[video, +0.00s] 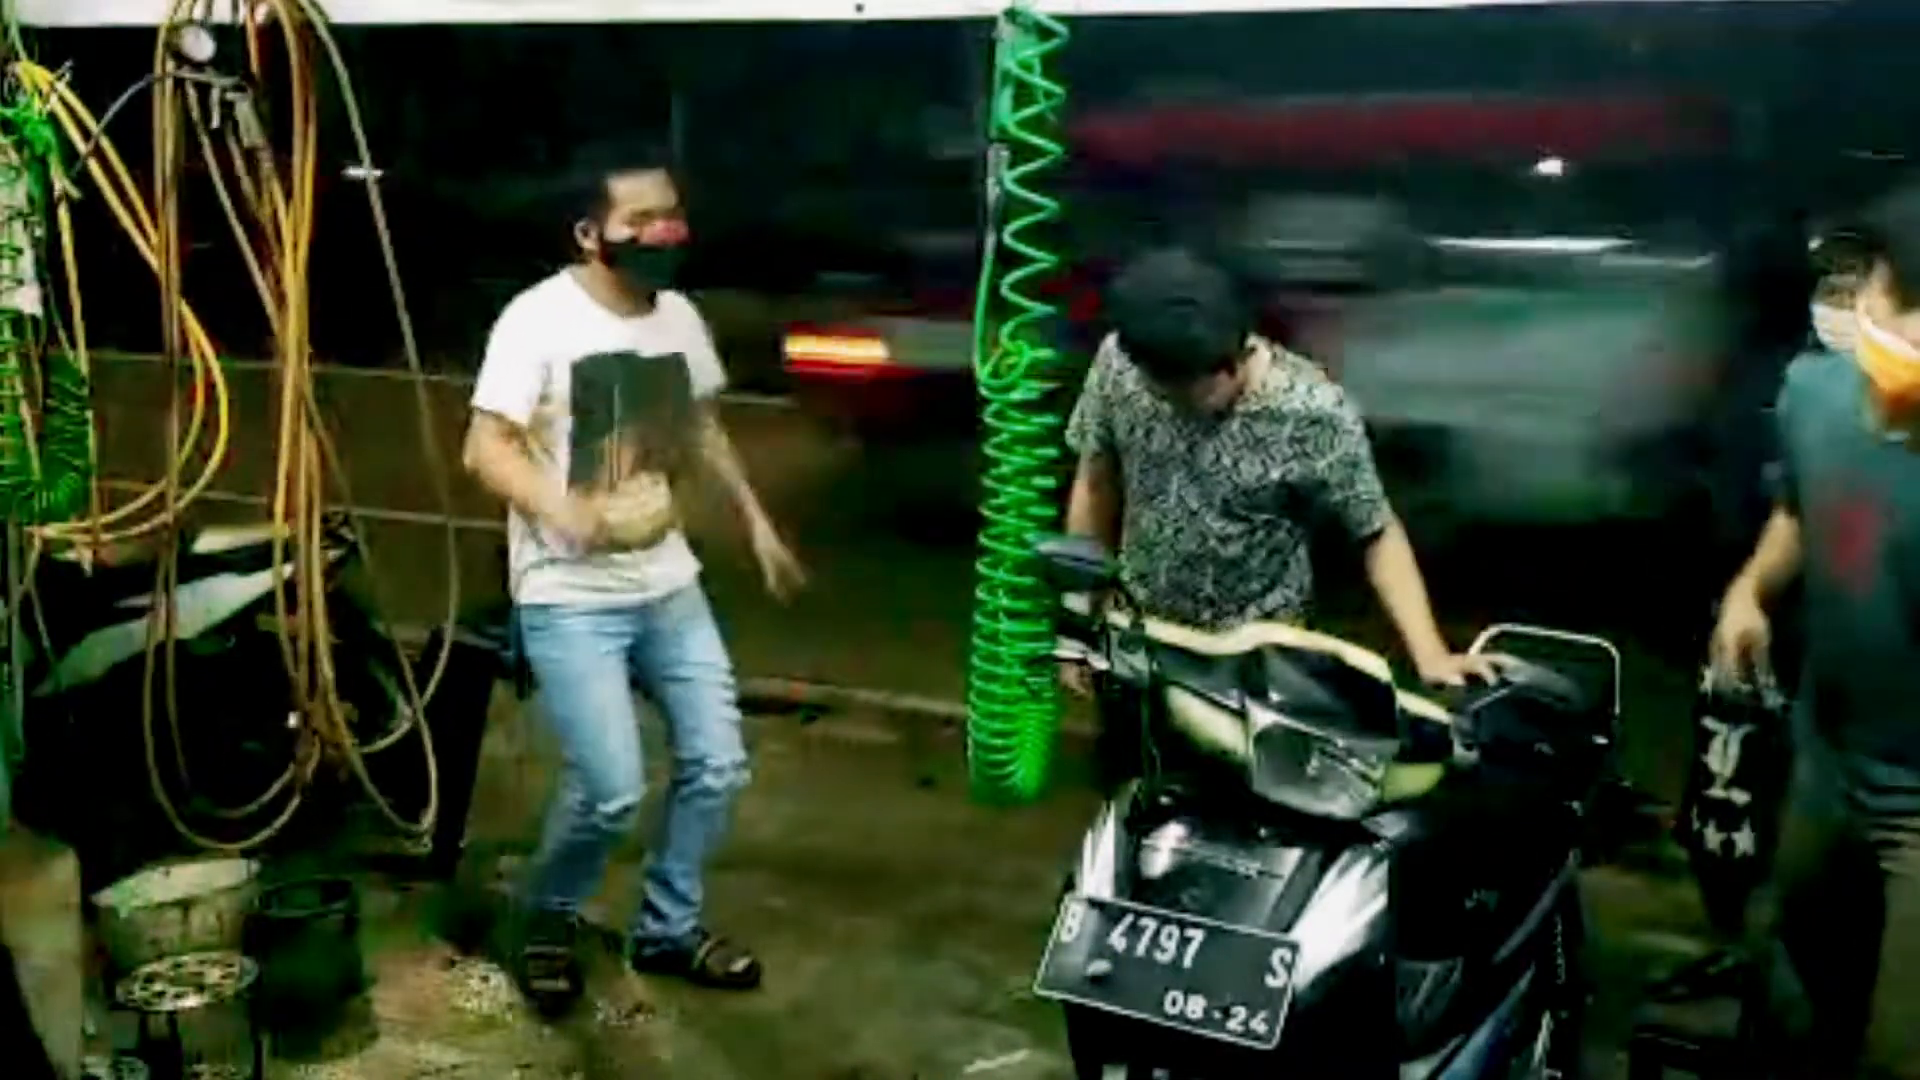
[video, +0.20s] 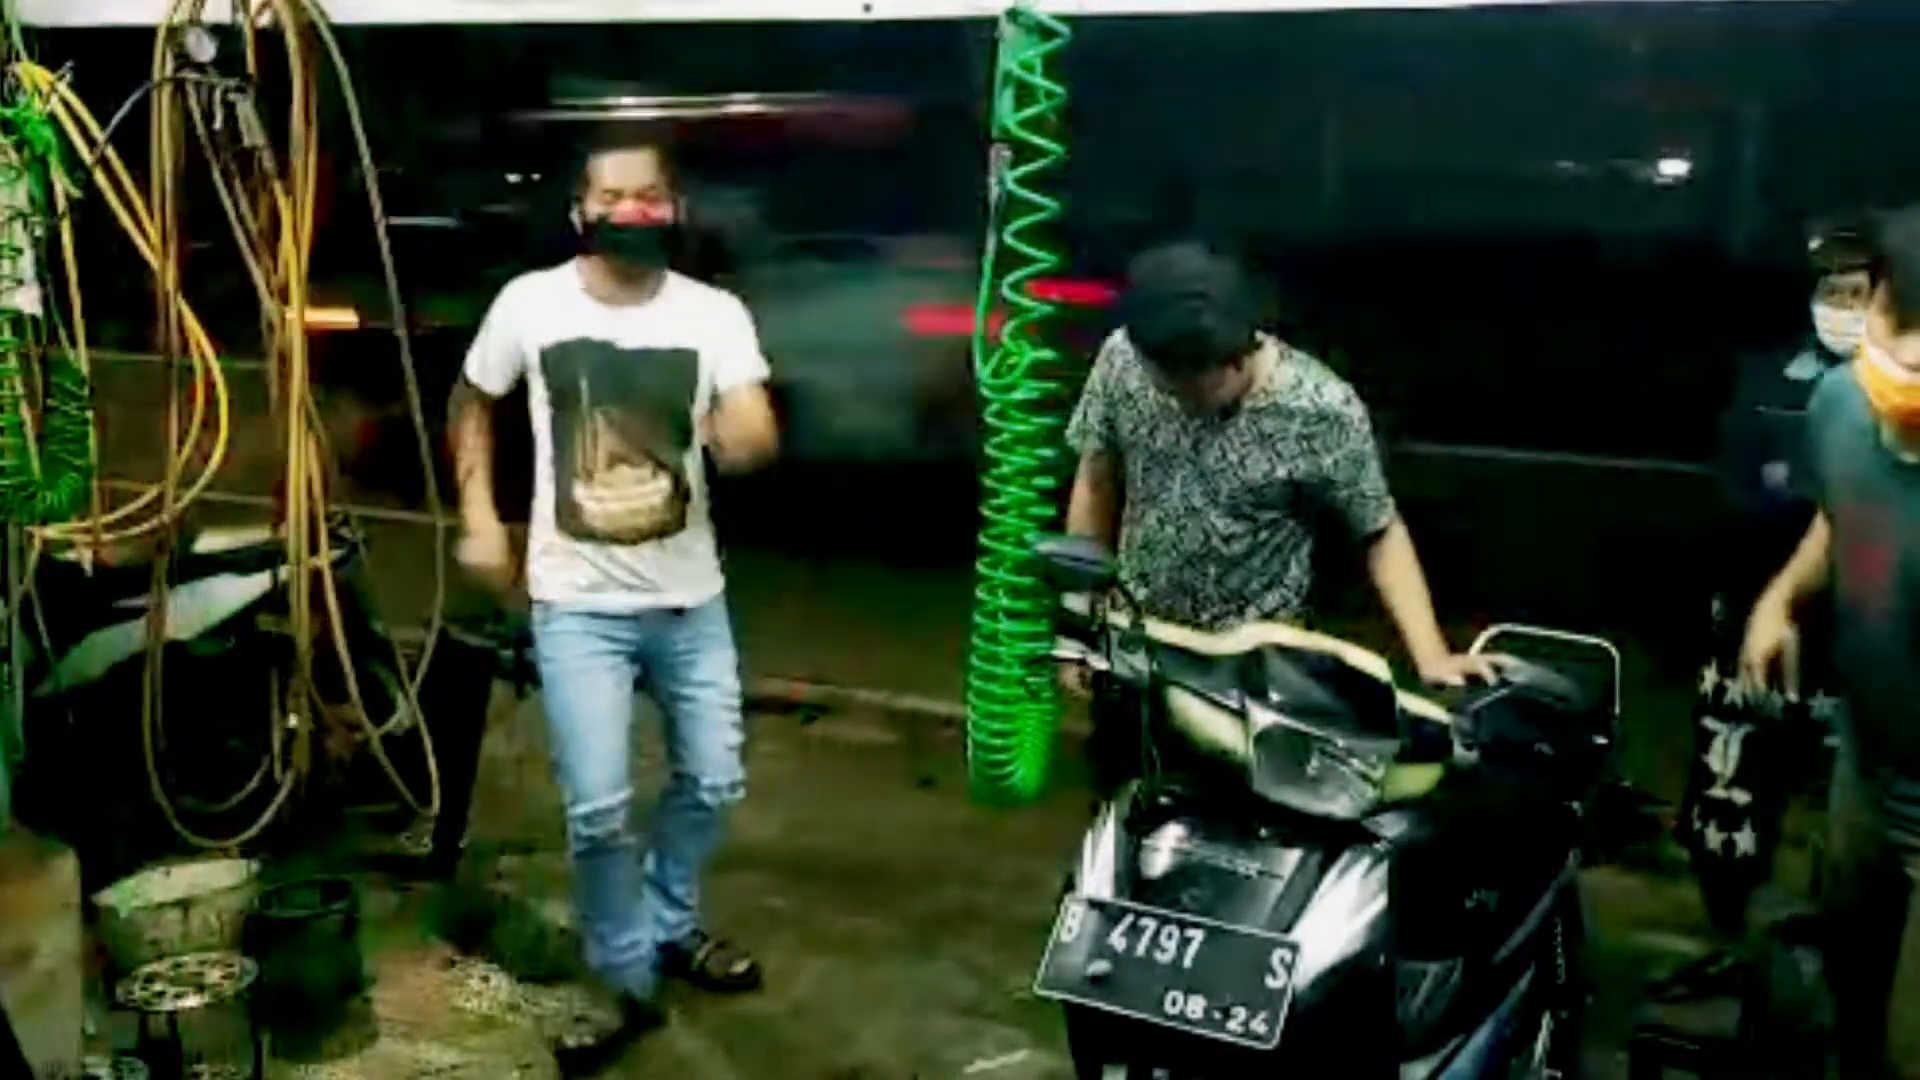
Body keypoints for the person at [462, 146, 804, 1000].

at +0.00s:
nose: (666, 236)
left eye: (671, 217)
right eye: (643, 222)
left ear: (679, 220)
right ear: (590, 232)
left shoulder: (680, 319)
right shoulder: (534, 321)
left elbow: (706, 433)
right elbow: (487, 449)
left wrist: (757, 523)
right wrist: (563, 513)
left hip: (668, 585)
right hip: (567, 598)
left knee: (716, 766)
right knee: (612, 790)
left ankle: (668, 931)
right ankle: (548, 922)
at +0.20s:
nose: (633, 213)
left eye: (649, 197)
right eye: (615, 198)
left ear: (673, 206)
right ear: (583, 206)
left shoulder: (712, 313)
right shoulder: (530, 306)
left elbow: (754, 440)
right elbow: (472, 404)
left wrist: (717, 428)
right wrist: (480, 517)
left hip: (689, 599)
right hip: (576, 603)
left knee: (714, 779)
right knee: (599, 808)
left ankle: (669, 927)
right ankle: (623, 987)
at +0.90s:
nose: (631, 227)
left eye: (650, 207)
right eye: (611, 211)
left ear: (692, 212)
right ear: (588, 223)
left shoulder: (735, 301)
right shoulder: (550, 310)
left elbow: (802, 352)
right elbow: (421, 394)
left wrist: (872, 434)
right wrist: (470, 376)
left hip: (723, 621)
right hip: (599, 630)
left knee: (742, 846)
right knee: (609, 850)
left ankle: (764, 1047)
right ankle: (633, 1002)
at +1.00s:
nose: (661, 227)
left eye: (681, 207)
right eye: (640, 210)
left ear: (719, 213)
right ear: (614, 220)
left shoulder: (759, 308)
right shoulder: (569, 310)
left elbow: (830, 371)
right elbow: (440, 395)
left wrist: (888, 463)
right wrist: (490, 377)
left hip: (743, 631)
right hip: (619, 634)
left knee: (757, 856)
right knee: (614, 852)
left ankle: (764, 1049)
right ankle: (632, 1001)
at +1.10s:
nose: (677, 234)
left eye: (697, 214)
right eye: (656, 216)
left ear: (734, 220)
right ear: (629, 224)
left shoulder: (783, 327)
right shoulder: (578, 322)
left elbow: (850, 426)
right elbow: (494, 424)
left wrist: (886, 540)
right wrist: (519, 438)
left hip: (757, 641)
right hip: (630, 643)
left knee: (767, 868)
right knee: (611, 872)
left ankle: (764, 1049)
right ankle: (630, 985)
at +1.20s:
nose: (694, 249)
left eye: (714, 229)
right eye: (674, 230)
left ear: (752, 236)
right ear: (646, 240)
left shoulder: (804, 366)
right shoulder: (602, 344)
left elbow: (863, 510)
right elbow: (556, 457)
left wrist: (841, 618)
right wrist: (553, 544)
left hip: (769, 663)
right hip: (640, 663)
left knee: (778, 888)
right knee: (614, 883)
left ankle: (763, 1054)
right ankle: (652, 989)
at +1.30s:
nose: (704, 251)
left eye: (723, 230)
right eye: (682, 232)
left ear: (758, 236)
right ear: (653, 244)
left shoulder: (808, 368)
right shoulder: (616, 343)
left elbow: (836, 529)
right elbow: (583, 463)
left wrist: (742, 571)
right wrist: (569, 577)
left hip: (776, 671)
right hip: (644, 664)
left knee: (783, 894)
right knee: (626, 893)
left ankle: (767, 1057)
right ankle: (658, 1063)